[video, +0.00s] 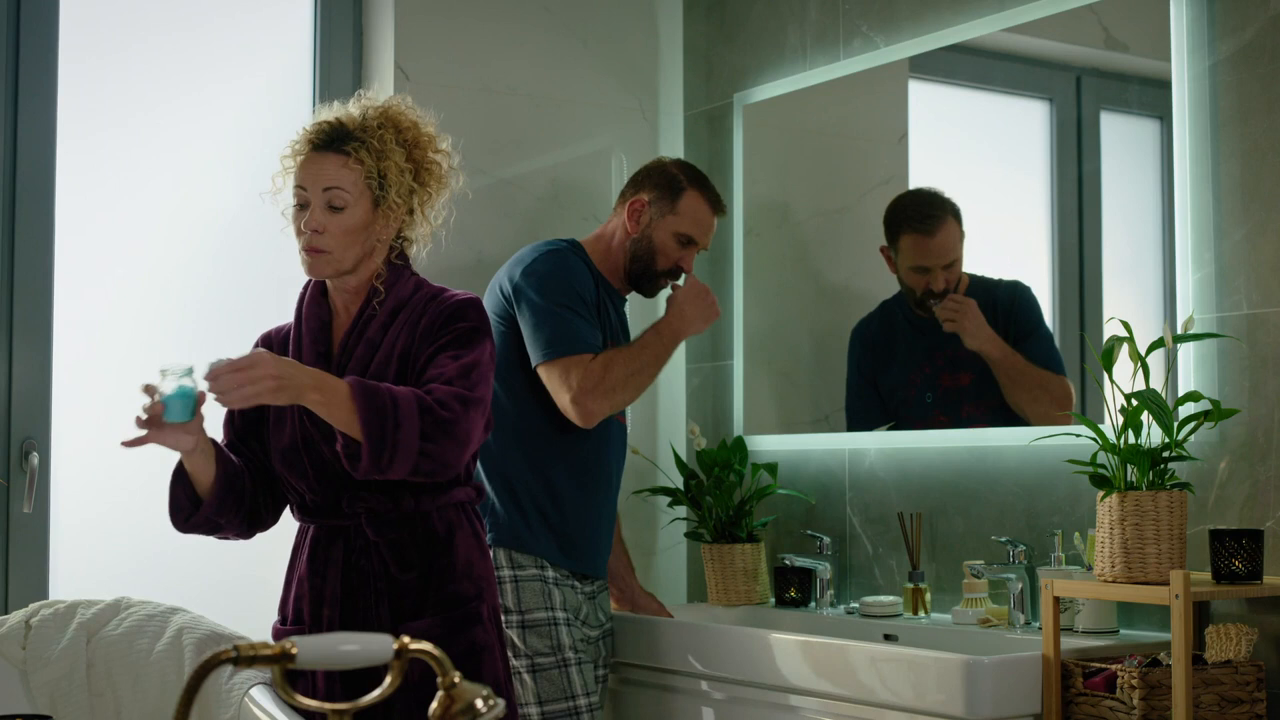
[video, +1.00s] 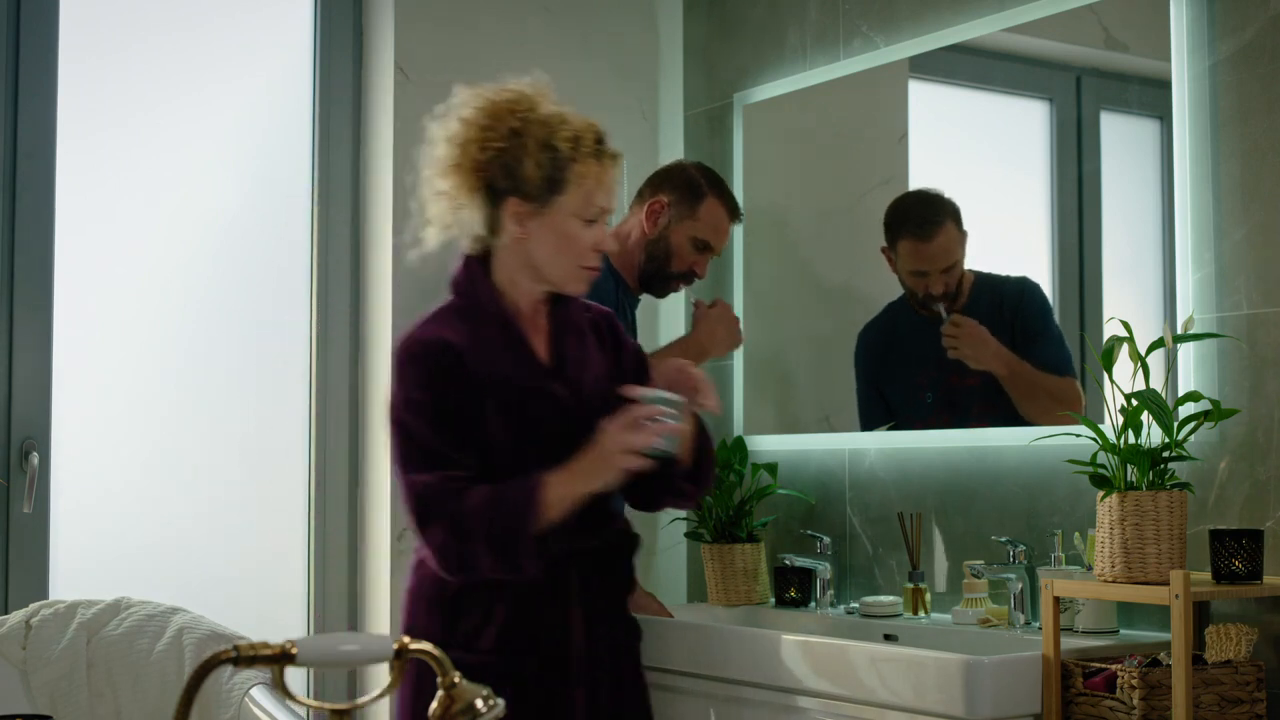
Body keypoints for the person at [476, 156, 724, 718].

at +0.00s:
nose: (688, 265)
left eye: (698, 252)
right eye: (683, 243)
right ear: (635, 214)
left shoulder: (609, 309)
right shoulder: (547, 269)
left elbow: (586, 469)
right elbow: (583, 397)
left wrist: (626, 589)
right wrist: (674, 326)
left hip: (580, 576)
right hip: (525, 570)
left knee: (581, 707)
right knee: (559, 710)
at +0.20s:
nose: (690, 258)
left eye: (698, 244)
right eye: (684, 235)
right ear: (634, 209)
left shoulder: (610, 304)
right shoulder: (551, 267)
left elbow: (586, 465)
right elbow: (589, 392)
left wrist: (626, 586)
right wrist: (679, 323)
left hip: (584, 573)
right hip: (532, 569)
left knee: (579, 707)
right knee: (551, 710)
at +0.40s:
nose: (693, 259)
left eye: (702, 245)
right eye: (687, 236)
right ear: (638, 209)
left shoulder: (614, 307)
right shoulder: (554, 267)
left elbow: (588, 467)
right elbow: (591, 391)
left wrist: (628, 587)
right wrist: (688, 326)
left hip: (588, 577)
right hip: (534, 571)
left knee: (583, 709)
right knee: (554, 713)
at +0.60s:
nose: (693, 262)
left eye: (703, 250)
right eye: (688, 238)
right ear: (641, 208)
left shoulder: (617, 306)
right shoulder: (560, 266)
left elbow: (590, 465)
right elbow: (595, 394)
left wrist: (625, 583)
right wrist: (695, 336)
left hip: (585, 577)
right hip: (532, 568)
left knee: (585, 707)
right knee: (552, 710)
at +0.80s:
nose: (698, 267)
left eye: (708, 254)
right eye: (694, 243)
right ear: (648, 211)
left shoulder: (619, 302)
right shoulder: (564, 268)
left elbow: (594, 455)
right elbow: (600, 389)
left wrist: (623, 581)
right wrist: (696, 340)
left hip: (586, 583)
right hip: (538, 576)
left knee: (589, 706)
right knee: (547, 707)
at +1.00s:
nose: (701, 272)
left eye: (711, 258)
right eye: (699, 248)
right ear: (654, 216)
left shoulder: (621, 299)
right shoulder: (589, 291)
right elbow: (599, 388)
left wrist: (624, 586)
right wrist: (696, 345)